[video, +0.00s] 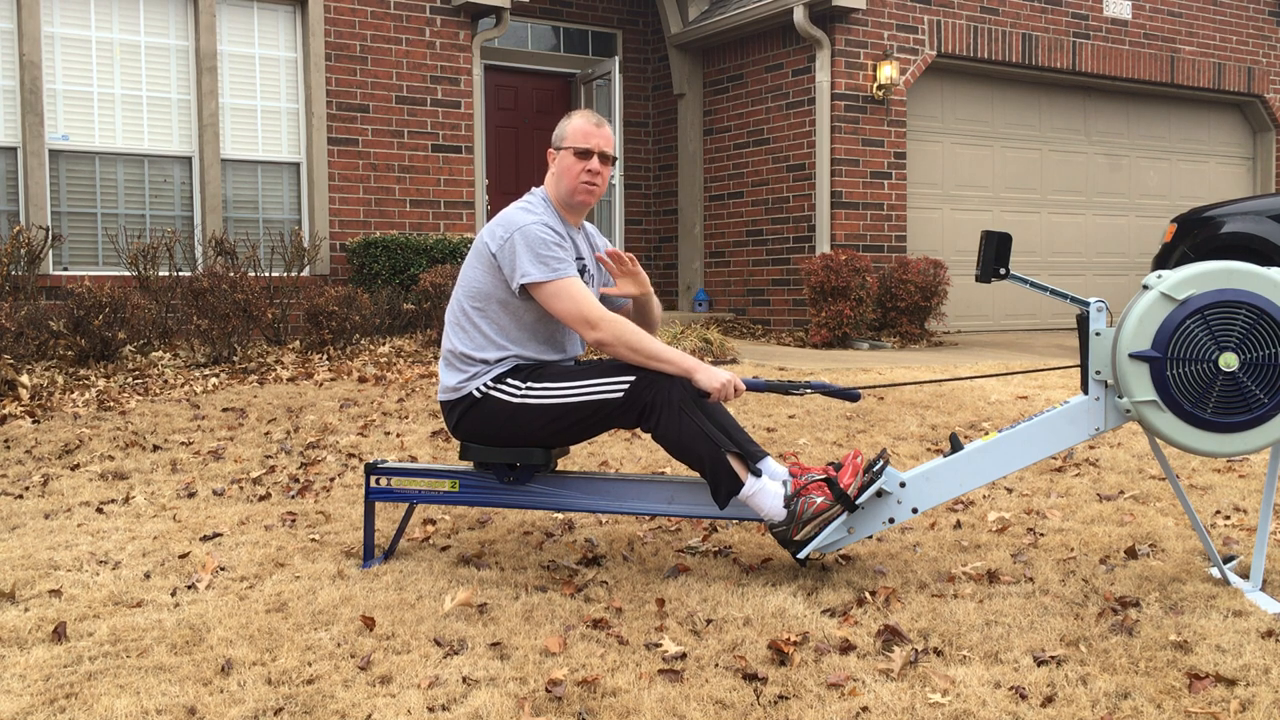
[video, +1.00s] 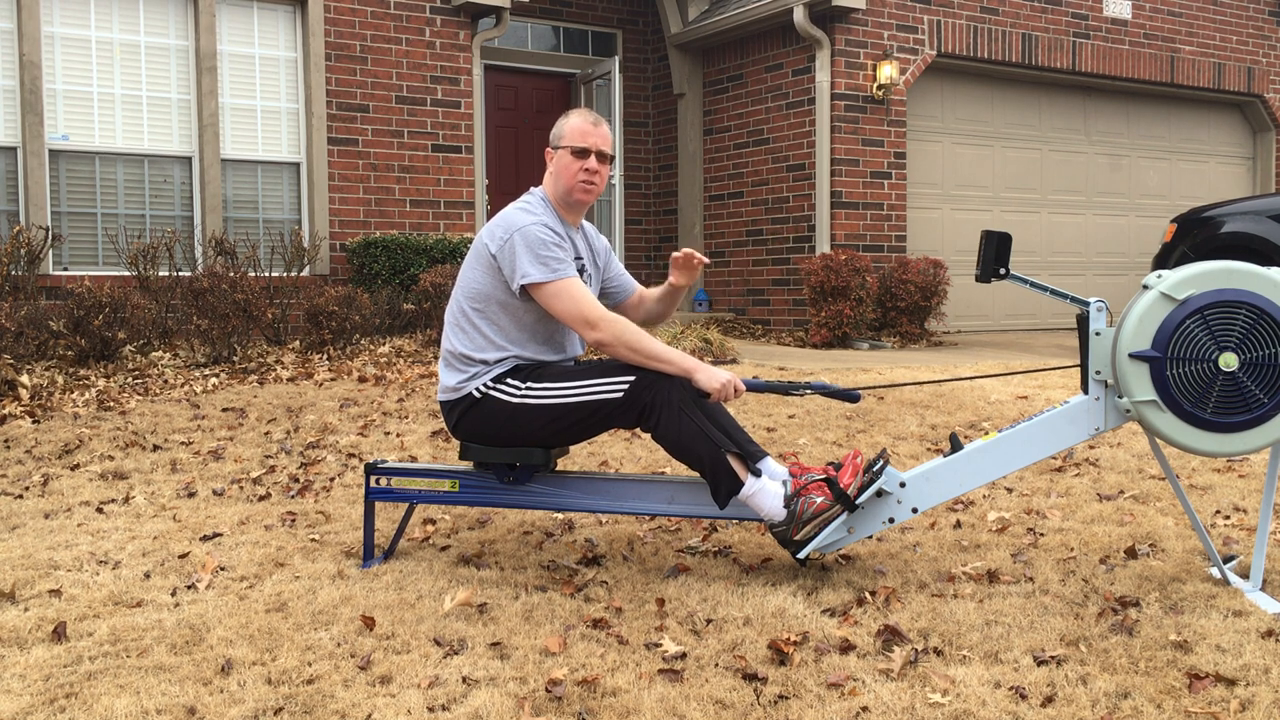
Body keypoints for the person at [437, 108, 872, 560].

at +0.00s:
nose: (595, 169)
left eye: (605, 161)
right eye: (583, 155)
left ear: (612, 172)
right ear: (551, 158)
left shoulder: (588, 238)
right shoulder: (526, 225)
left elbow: (644, 337)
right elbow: (594, 328)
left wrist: (643, 295)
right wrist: (699, 370)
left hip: (539, 376)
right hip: (486, 389)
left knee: (674, 378)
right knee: (650, 388)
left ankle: (786, 484)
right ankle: (776, 509)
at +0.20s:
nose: (595, 169)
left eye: (605, 161)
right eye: (582, 155)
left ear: (611, 171)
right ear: (551, 158)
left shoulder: (589, 237)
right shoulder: (525, 226)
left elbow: (646, 299)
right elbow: (593, 328)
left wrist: (687, 309)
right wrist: (699, 371)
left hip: (539, 377)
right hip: (487, 391)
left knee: (675, 379)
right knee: (650, 388)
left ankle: (786, 484)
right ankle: (776, 509)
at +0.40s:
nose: (593, 169)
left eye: (604, 161)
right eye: (581, 155)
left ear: (611, 171)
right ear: (550, 158)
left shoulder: (591, 238)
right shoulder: (525, 226)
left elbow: (655, 299)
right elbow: (594, 328)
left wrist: (743, 290)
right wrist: (699, 371)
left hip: (539, 377)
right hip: (487, 391)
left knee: (676, 378)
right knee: (650, 388)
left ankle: (786, 484)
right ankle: (776, 509)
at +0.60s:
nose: (593, 167)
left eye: (603, 160)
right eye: (580, 154)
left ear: (610, 172)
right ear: (549, 158)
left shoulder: (591, 237)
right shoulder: (524, 225)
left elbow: (658, 297)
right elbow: (595, 328)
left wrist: (741, 281)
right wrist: (699, 371)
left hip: (541, 376)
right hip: (487, 390)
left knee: (676, 378)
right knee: (650, 387)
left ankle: (788, 485)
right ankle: (776, 510)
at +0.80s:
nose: (592, 168)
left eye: (603, 160)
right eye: (579, 154)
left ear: (610, 171)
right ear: (548, 158)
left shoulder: (587, 236)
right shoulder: (524, 225)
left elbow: (649, 302)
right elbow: (594, 328)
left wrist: (722, 286)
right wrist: (699, 370)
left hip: (540, 376)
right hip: (487, 390)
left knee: (677, 378)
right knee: (651, 389)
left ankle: (788, 484)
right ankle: (777, 510)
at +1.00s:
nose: (593, 167)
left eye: (603, 159)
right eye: (580, 154)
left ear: (610, 171)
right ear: (549, 158)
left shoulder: (586, 236)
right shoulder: (525, 225)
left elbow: (642, 311)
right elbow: (593, 327)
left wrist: (675, 287)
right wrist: (699, 371)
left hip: (539, 376)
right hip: (487, 390)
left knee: (675, 378)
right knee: (650, 388)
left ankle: (787, 483)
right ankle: (776, 509)